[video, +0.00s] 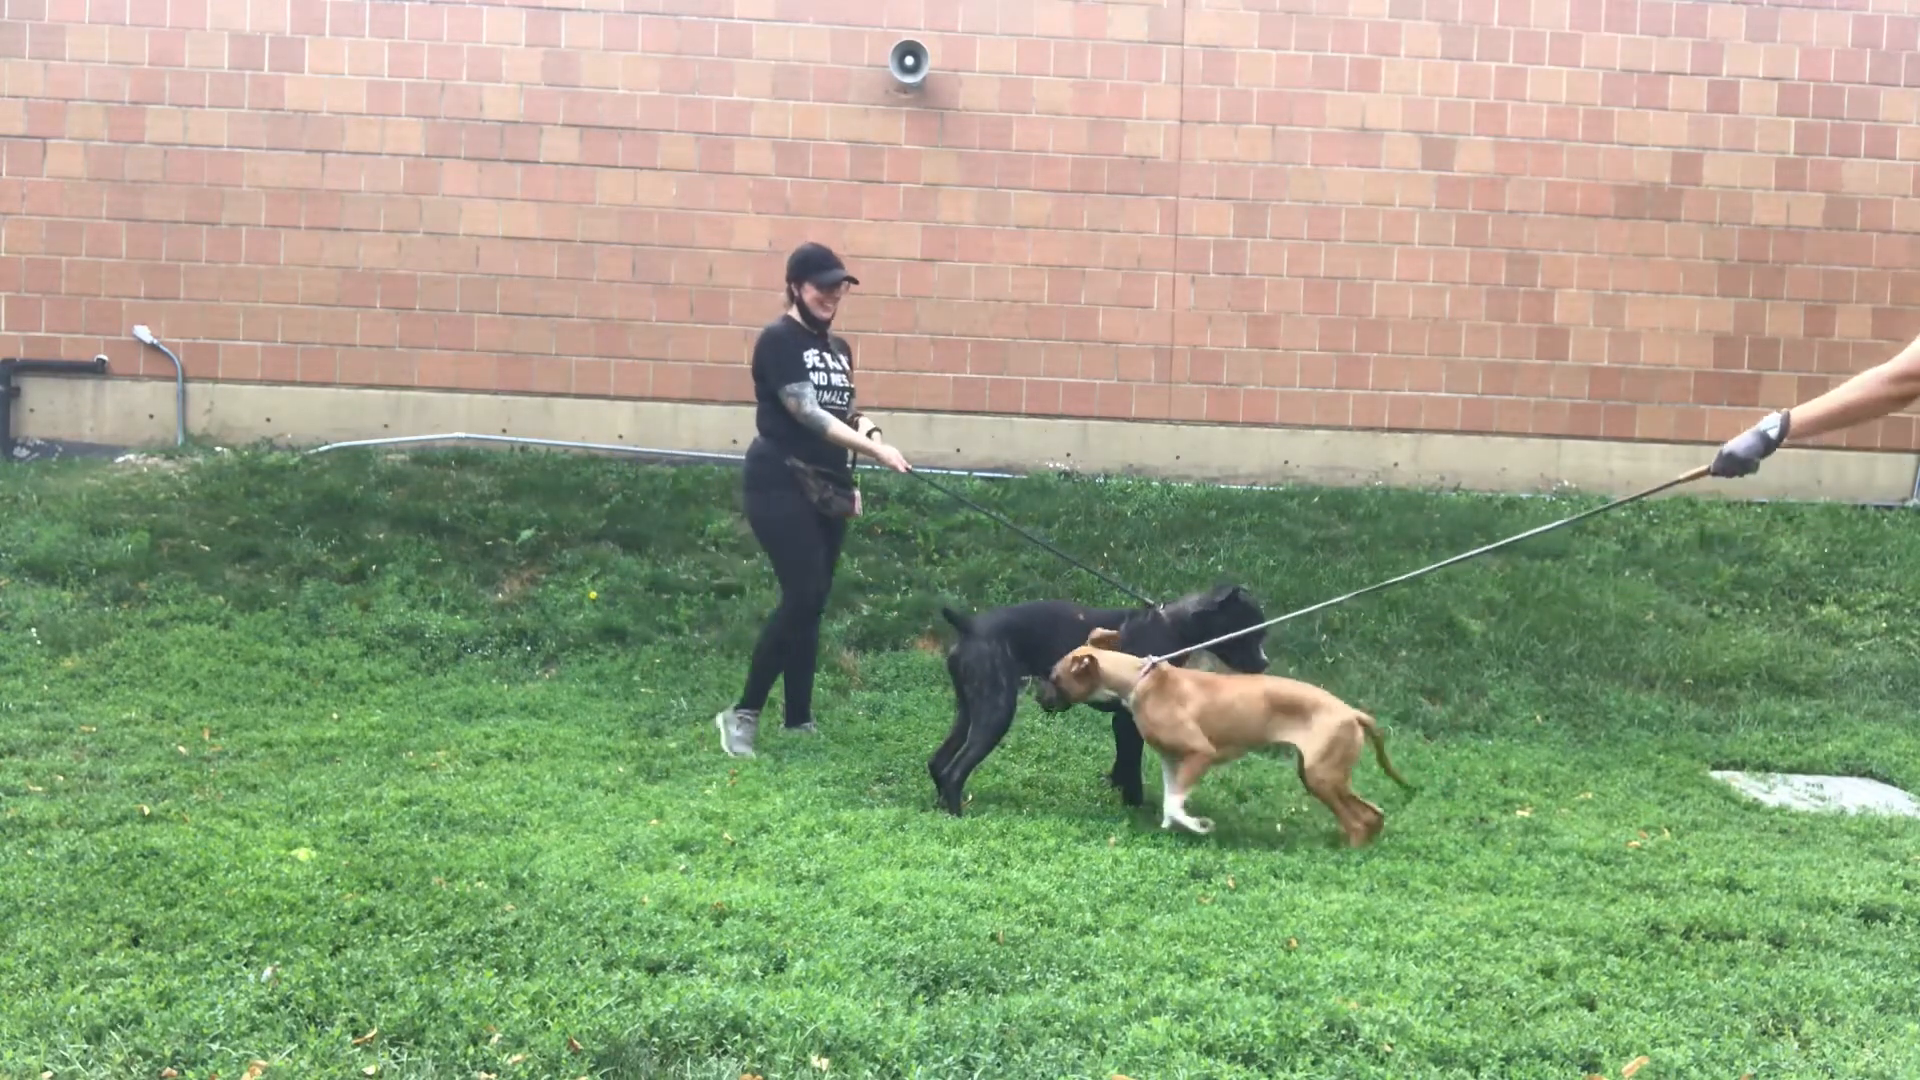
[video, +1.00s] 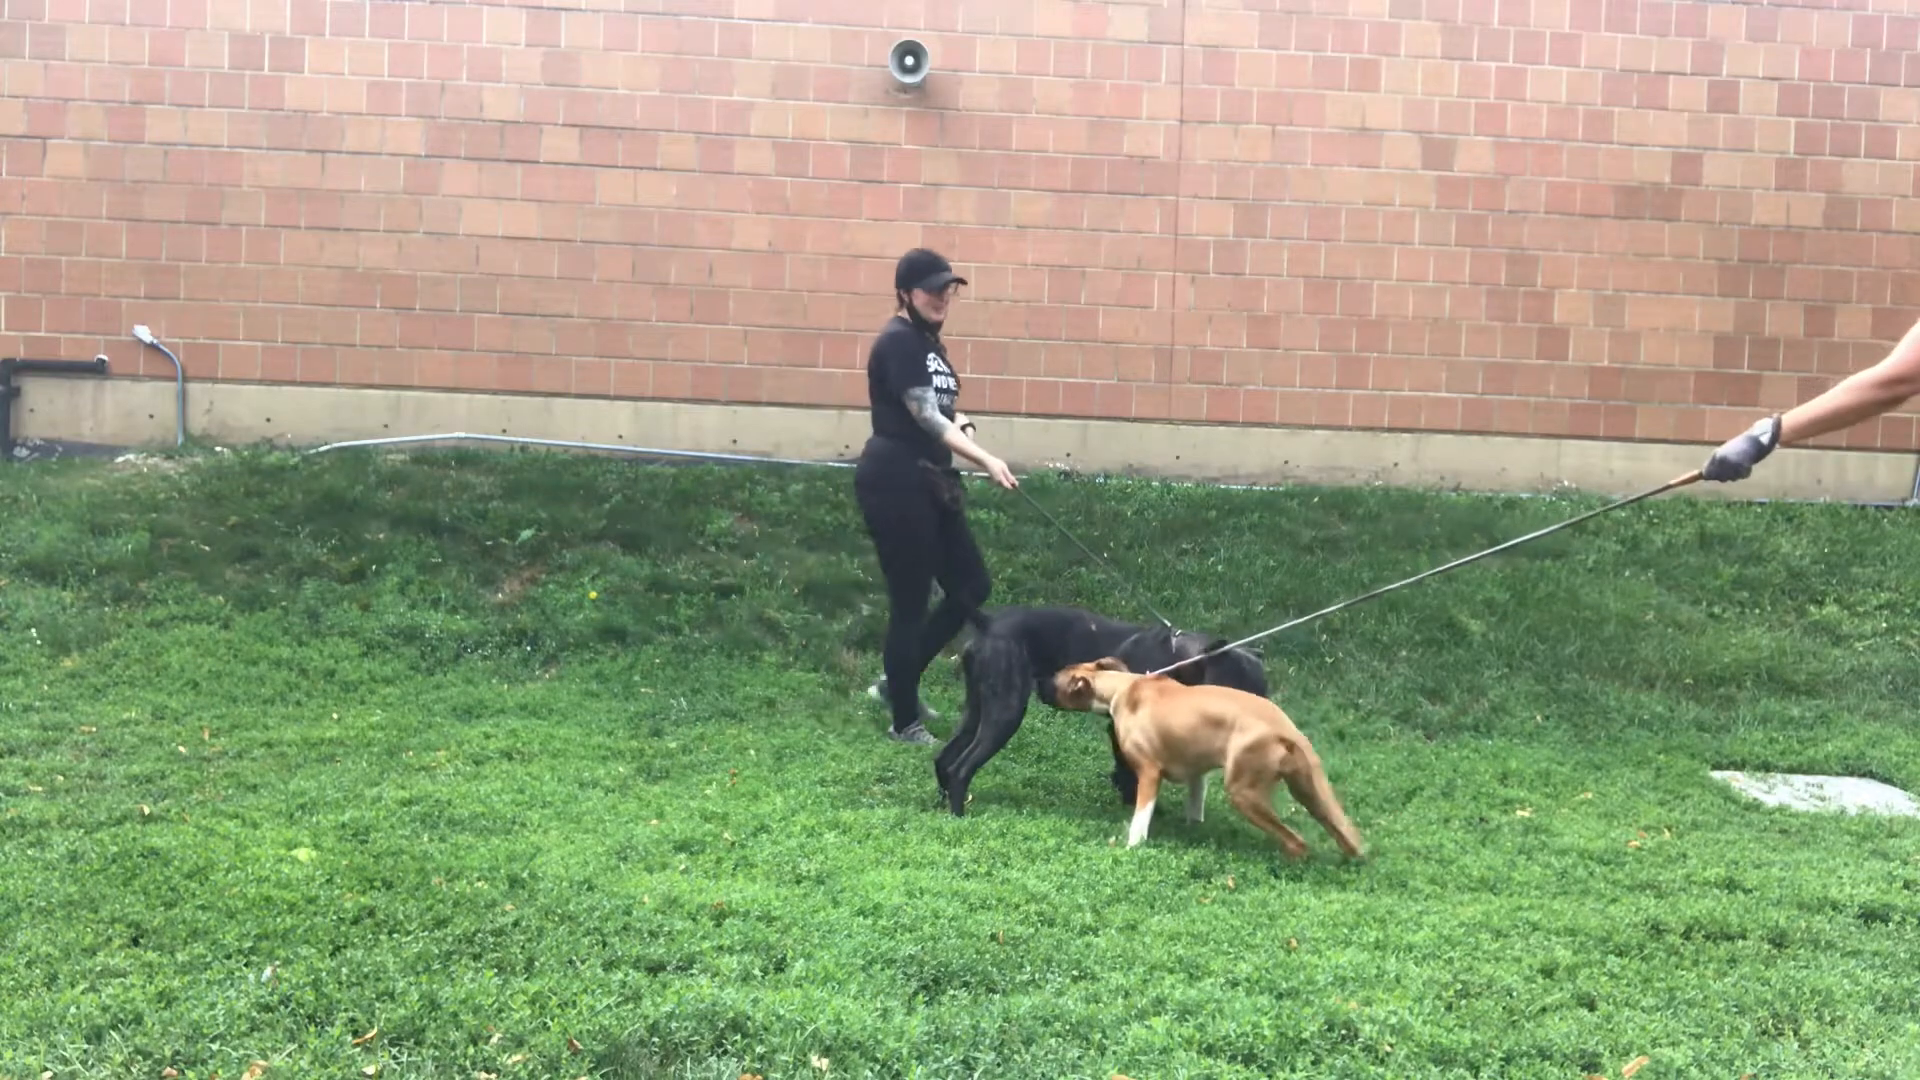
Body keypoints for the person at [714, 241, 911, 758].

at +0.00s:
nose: (833, 296)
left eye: (838, 287)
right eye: (823, 286)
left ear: (843, 291)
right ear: (796, 287)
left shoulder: (839, 349)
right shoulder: (777, 341)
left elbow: (844, 414)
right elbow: (806, 412)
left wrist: (869, 439)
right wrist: (873, 446)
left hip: (828, 483)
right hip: (779, 479)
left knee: (811, 598)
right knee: (804, 592)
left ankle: (798, 724)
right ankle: (743, 715)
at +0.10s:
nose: (838, 296)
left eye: (843, 287)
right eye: (828, 287)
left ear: (848, 289)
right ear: (802, 287)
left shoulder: (843, 348)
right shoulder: (784, 339)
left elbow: (845, 412)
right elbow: (810, 408)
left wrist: (873, 430)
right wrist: (878, 444)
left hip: (829, 478)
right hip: (786, 473)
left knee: (812, 591)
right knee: (832, 580)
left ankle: (800, 716)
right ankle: (779, 706)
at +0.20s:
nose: (844, 296)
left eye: (849, 287)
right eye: (834, 287)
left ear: (854, 288)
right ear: (808, 287)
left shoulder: (849, 347)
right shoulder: (792, 338)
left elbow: (851, 411)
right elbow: (816, 408)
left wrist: (878, 427)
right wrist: (883, 443)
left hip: (830, 479)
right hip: (792, 474)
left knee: (813, 597)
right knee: (853, 578)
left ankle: (799, 718)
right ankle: (824, 708)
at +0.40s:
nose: (861, 300)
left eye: (867, 291)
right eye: (851, 291)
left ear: (872, 292)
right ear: (826, 291)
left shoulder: (859, 347)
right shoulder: (813, 342)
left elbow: (866, 413)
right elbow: (833, 414)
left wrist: (895, 434)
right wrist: (901, 450)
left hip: (845, 482)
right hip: (816, 481)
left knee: (817, 606)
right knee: (874, 590)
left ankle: (799, 722)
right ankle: (899, 717)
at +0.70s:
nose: (900, 302)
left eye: (905, 294)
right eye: (890, 295)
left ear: (909, 295)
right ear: (865, 298)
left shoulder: (892, 346)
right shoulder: (859, 348)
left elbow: (909, 414)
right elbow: (875, 424)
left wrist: (935, 440)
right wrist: (946, 458)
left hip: (880, 480)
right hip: (867, 483)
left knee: (863, 609)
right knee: (897, 603)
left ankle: (805, 716)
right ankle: (904, 725)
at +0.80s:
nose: (914, 302)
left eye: (919, 293)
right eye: (904, 295)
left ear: (923, 295)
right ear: (879, 298)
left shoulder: (905, 345)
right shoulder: (874, 347)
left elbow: (923, 411)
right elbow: (899, 423)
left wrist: (944, 435)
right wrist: (967, 462)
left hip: (896, 480)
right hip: (875, 481)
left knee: (903, 598)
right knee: (902, 601)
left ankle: (826, 702)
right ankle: (904, 726)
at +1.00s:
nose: (943, 300)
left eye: (948, 291)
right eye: (934, 291)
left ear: (951, 293)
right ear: (907, 293)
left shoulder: (929, 343)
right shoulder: (899, 343)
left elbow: (931, 421)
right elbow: (930, 419)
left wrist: (946, 474)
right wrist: (990, 459)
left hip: (930, 480)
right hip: (896, 480)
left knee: (971, 588)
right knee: (910, 599)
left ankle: (895, 681)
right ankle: (905, 722)